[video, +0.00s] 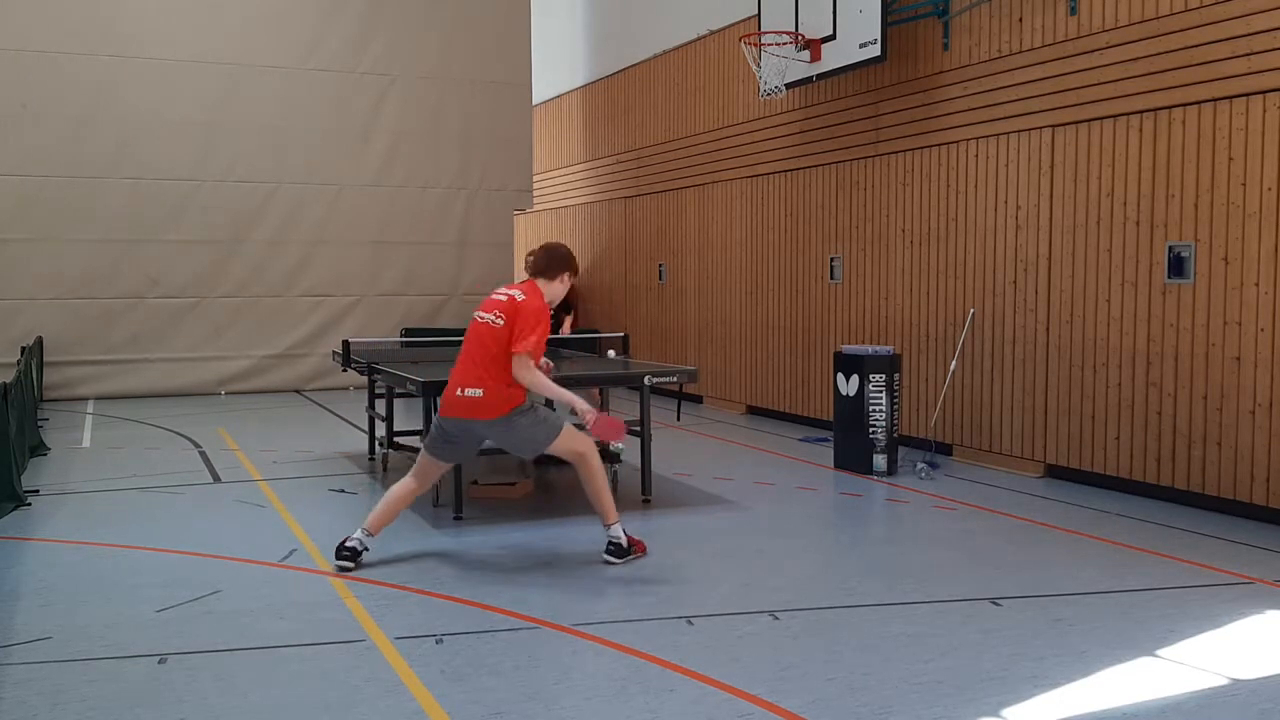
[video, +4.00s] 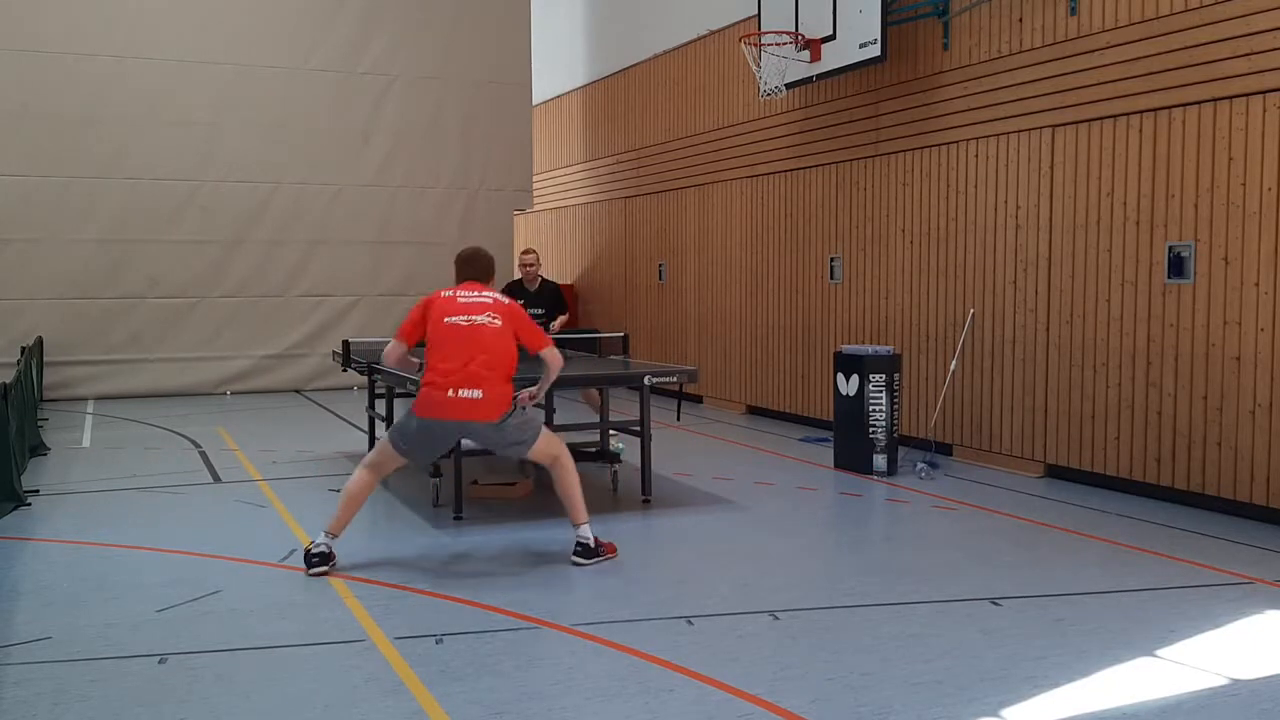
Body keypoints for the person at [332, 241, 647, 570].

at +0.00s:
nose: (567, 291)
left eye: (569, 283)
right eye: (569, 282)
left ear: (533, 269)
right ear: (561, 277)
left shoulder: (497, 296)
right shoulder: (535, 304)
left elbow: (482, 353)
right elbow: (523, 369)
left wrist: (530, 363)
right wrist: (573, 400)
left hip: (456, 411)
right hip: (505, 412)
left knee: (416, 479)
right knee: (584, 449)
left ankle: (357, 541)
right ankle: (618, 538)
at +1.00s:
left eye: (418, 253)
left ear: (417, 255)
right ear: (452, 254)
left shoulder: (402, 279)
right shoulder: (473, 285)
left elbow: (349, 320)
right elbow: (511, 312)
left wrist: (374, 336)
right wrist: (502, 320)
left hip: (400, 394)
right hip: (458, 398)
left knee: (338, 458)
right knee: (519, 461)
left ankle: (306, 548)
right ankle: (548, 547)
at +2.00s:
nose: (472, 260)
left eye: (466, 255)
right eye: (472, 255)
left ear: (432, 256)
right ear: (469, 256)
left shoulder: (409, 284)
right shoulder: (484, 291)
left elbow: (352, 321)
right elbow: (536, 330)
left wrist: (377, 330)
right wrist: (552, 312)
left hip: (410, 406)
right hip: (470, 408)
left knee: (342, 459)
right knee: (529, 471)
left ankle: (309, 550)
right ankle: (577, 542)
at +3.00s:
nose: (523, 244)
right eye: (525, 239)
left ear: (490, 243)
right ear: (525, 244)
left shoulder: (467, 276)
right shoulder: (541, 285)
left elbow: (423, 330)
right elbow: (561, 347)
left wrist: (447, 313)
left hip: (468, 403)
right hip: (526, 406)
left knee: (403, 460)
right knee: (571, 459)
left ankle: (365, 548)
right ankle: (604, 536)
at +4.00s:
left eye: (456, 275)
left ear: (455, 276)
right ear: (492, 278)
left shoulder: (434, 302)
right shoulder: (508, 307)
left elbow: (392, 358)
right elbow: (555, 361)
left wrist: (421, 367)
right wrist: (540, 391)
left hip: (434, 412)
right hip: (493, 414)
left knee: (373, 468)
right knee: (556, 454)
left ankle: (323, 545)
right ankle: (586, 539)